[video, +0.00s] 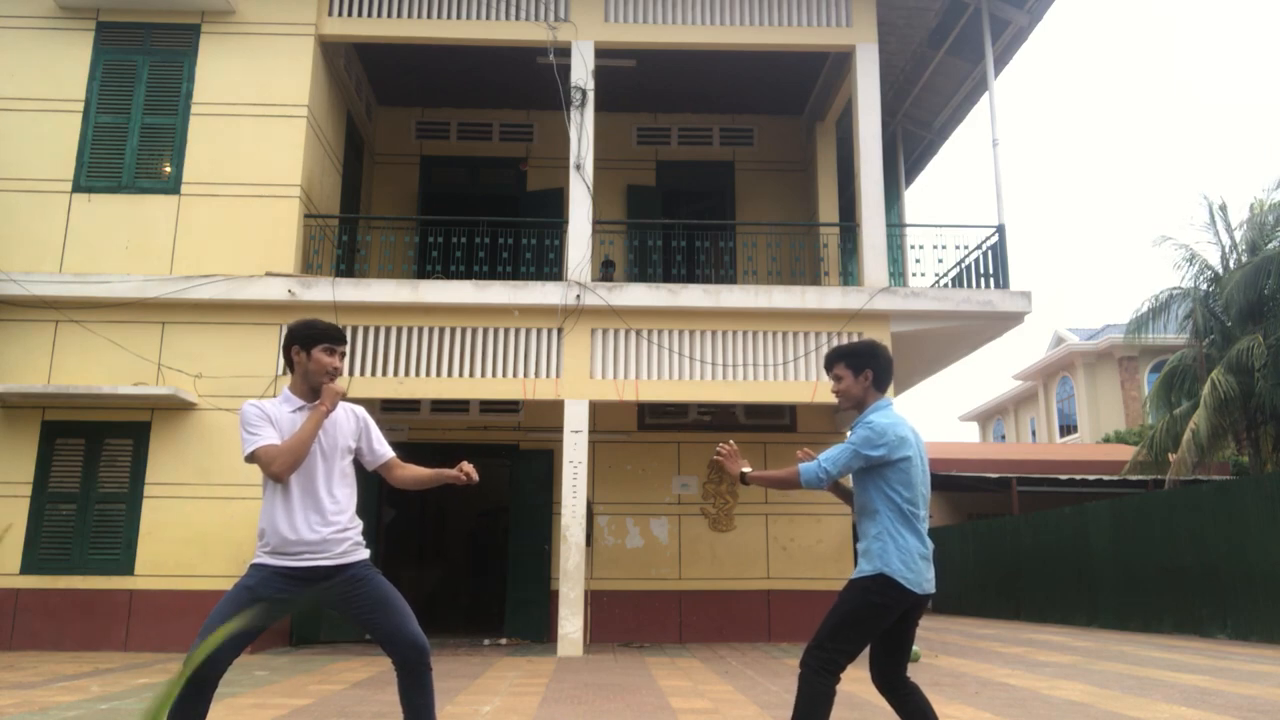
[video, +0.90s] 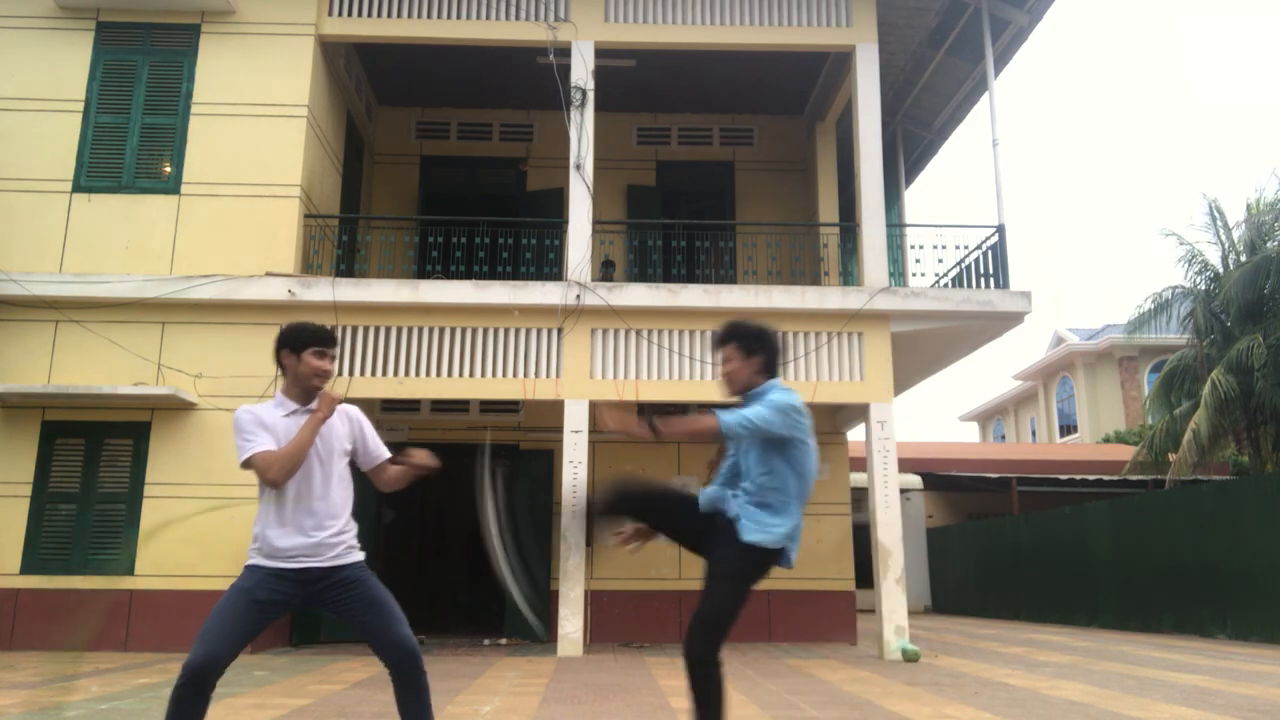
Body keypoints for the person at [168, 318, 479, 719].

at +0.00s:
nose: (337, 364)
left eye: (340, 356)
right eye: (327, 354)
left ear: (344, 361)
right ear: (295, 356)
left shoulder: (352, 416)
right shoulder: (258, 411)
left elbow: (396, 471)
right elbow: (277, 467)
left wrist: (448, 475)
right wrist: (323, 409)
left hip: (348, 566)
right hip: (276, 568)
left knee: (414, 650)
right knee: (203, 660)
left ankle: (423, 717)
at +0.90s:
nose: (328, 367)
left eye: (332, 358)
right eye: (318, 356)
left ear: (335, 364)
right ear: (287, 358)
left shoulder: (349, 416)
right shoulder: (252, 417)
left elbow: (385, 478)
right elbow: (274, 473)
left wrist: (413, 467)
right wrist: (318, 416)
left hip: (342, 568)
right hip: (272, 571)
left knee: (406, 655)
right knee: (198, 668)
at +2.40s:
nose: (15, 634)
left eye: (16, 624)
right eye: (8, 629)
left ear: (26, 603)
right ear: (1, 620)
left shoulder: (74, 591)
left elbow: (136, 604)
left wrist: (92, 676)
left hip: (109, 624)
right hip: (50, 633)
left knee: (168, 682)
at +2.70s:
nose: (6, 451)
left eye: (9, 440)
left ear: (17, 444)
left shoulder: (58, 487)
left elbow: (118, 543)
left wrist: (85, 615)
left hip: (112, 606)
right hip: (38, 615)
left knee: (184, 675)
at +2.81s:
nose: (9, 436)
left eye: (14, 425)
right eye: (0, 427)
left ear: (23, 428)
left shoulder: (63, 475)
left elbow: (120, 533)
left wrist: (86, 603)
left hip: (116, 599)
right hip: (43, 610)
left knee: (186, 673)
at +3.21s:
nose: (84, 383)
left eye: (91, 376)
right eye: (71, 374)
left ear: (97, 385)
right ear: (40, 386)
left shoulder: (124, 440)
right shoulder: (13, 455)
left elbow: (160, 507)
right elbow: (6, 527)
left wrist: (87, 549)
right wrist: (52, 535)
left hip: (131, 584)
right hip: (58, 589)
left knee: (192, 669)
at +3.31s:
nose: (108, 374)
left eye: (115, 367)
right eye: (95, 364)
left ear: (122, 376)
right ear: (64, 373)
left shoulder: (143, 434)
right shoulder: (31, 441)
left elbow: (164, 507)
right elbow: (14, 519)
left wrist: (98, 557)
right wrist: (67, 532)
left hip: (136, 580)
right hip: (59, 585)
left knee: (194, 668)